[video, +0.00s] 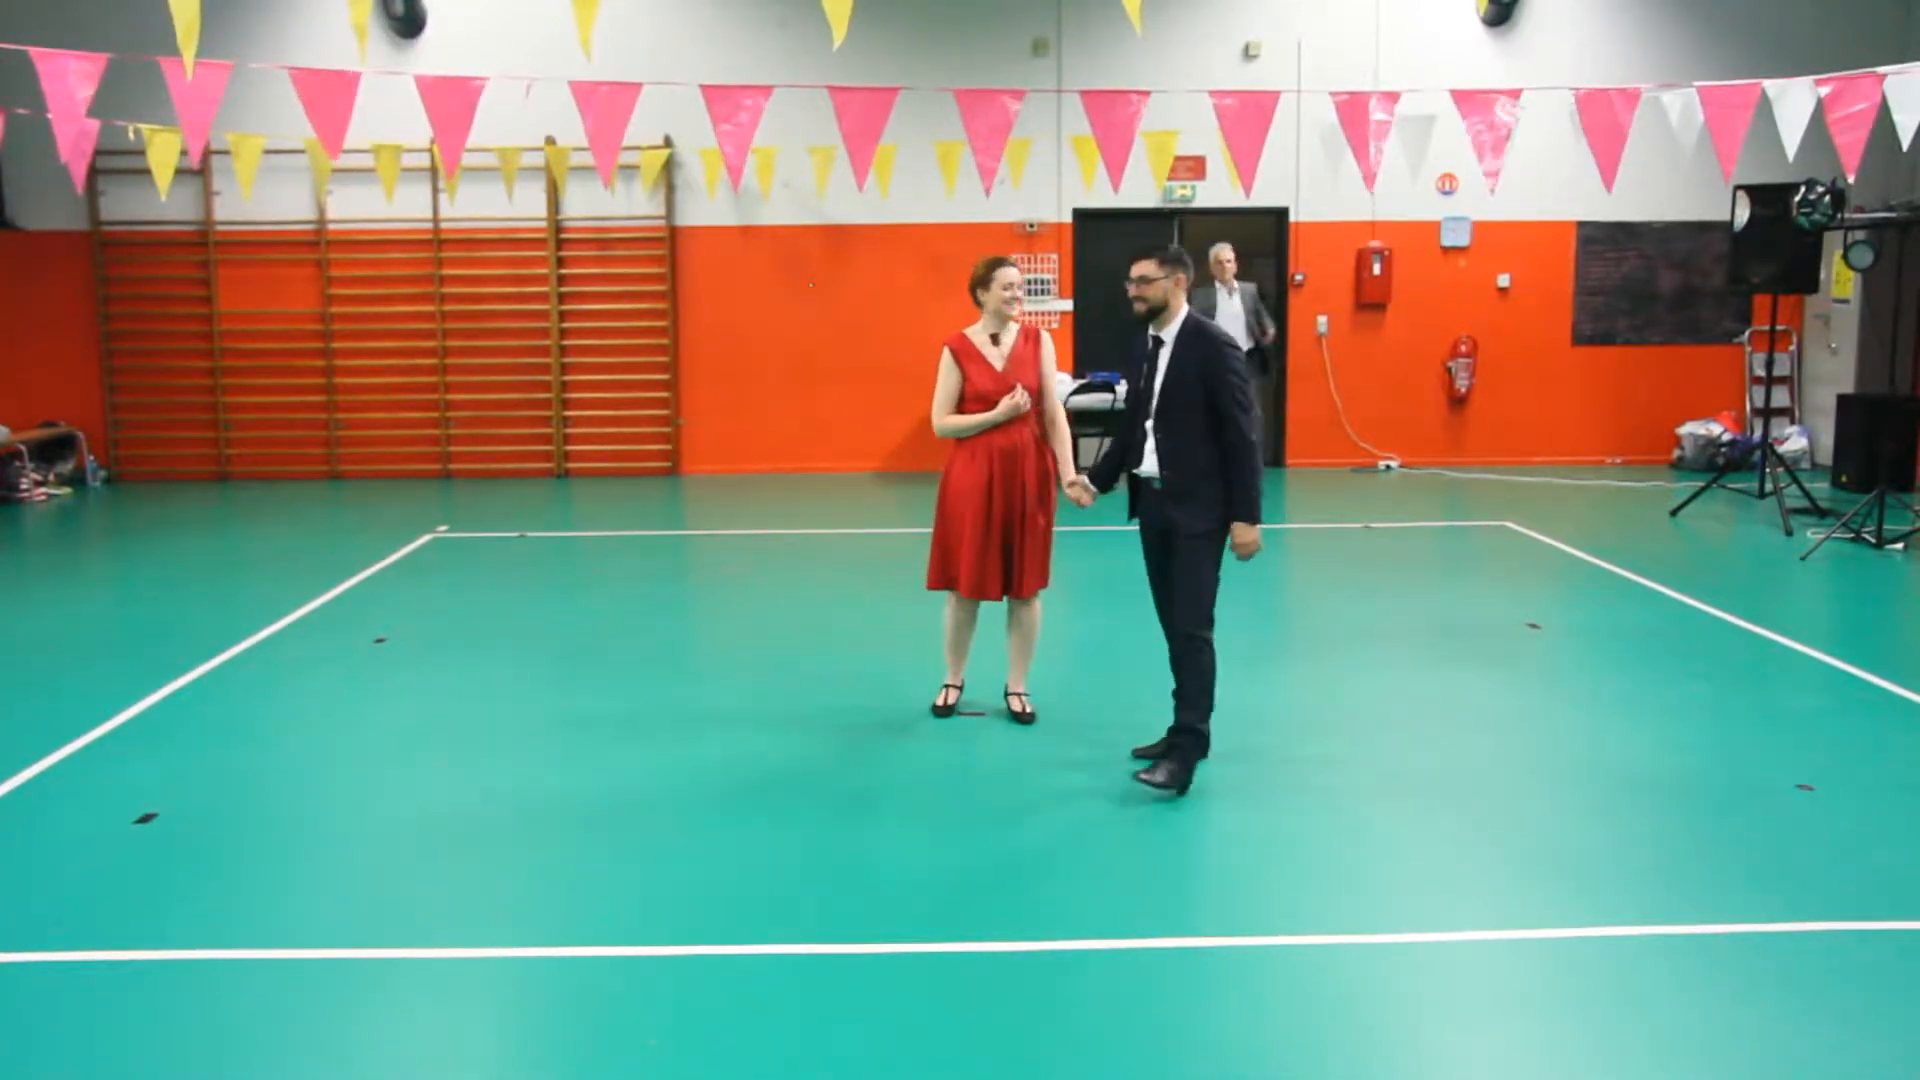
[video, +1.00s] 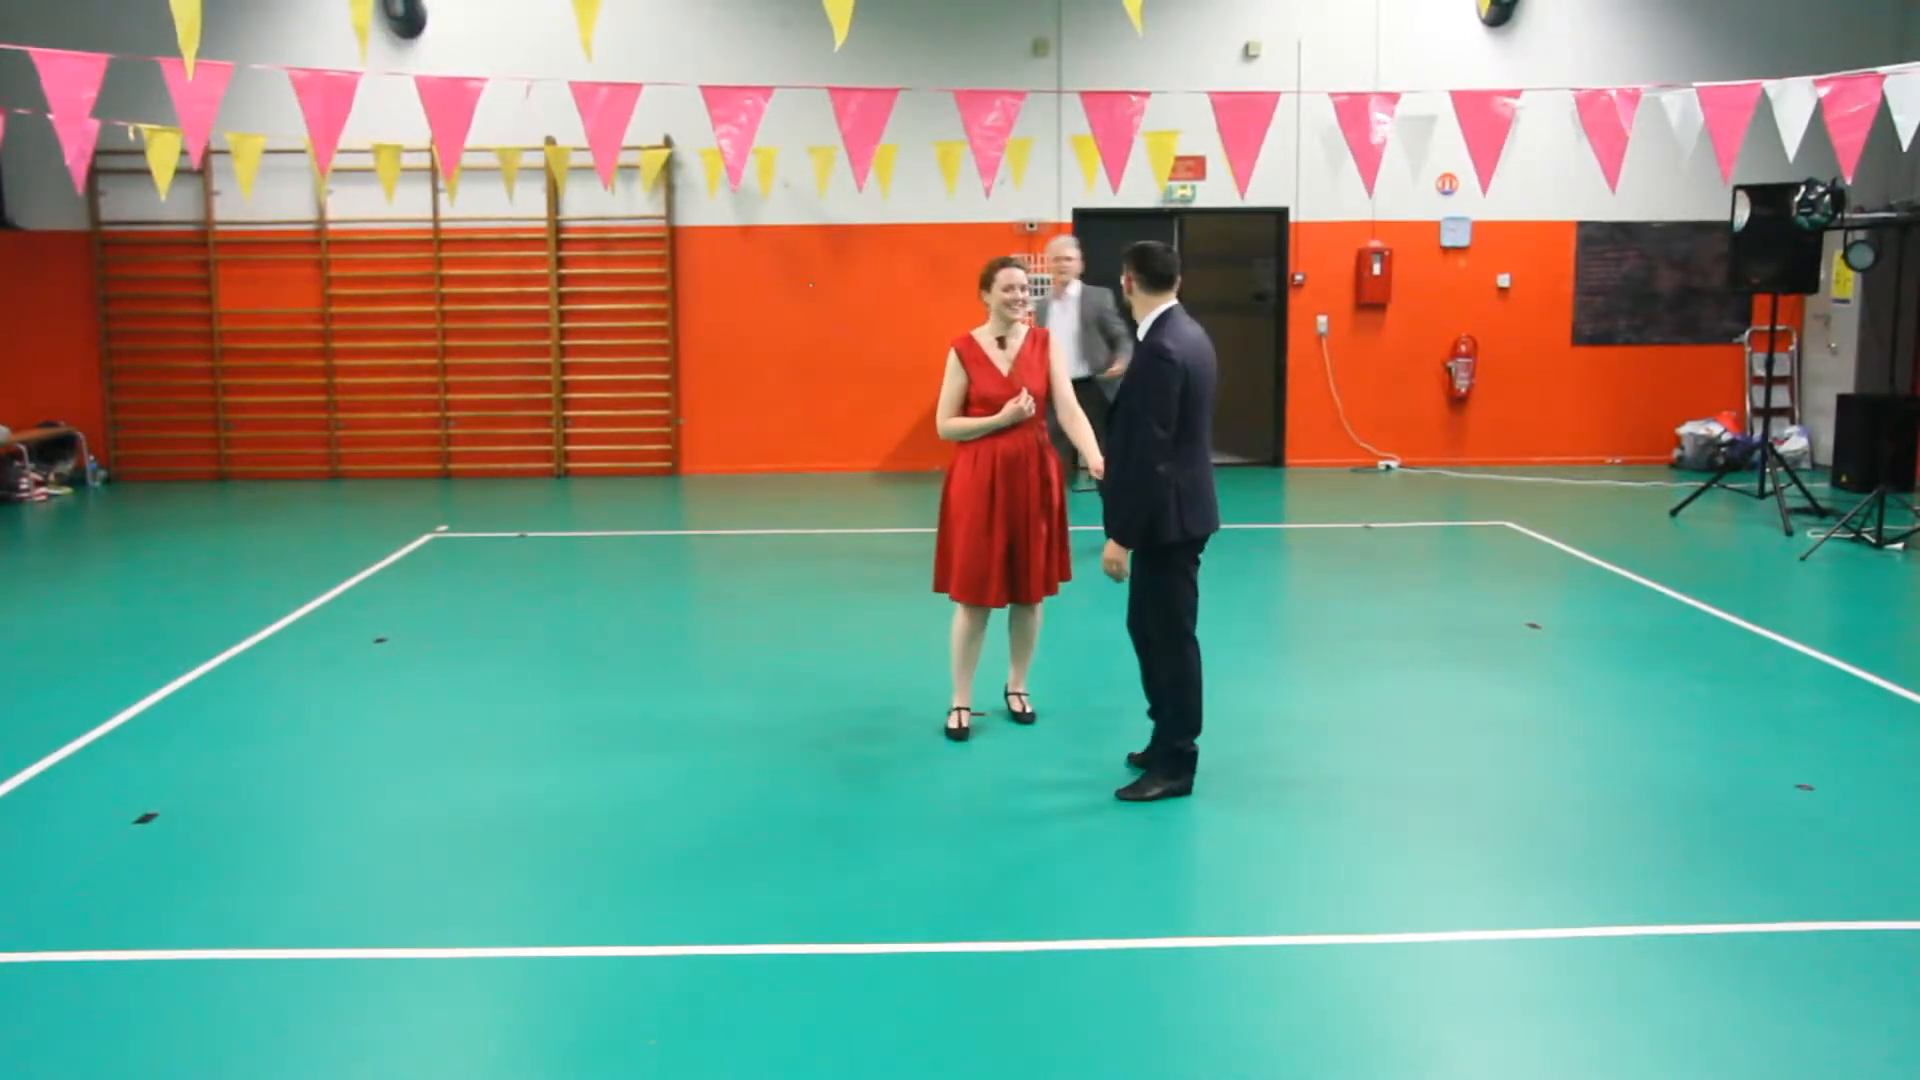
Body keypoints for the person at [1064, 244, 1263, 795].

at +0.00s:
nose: (1134, 291)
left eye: (1144, 282)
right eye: (1131, 282)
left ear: (1179, 283)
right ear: (1139, 288)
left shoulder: (1214, 345)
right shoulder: (1148, 345)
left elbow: (1241, 434)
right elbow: (1134, 423)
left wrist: (1246, 516)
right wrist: (1096, 480)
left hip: (1199, 504)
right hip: (1153, 501)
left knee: (1191, 628)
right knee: (1175, 626)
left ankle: (1186, 752)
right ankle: (1185, 729)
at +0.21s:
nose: (1125, 291)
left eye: (1136, 281)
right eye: (1124, 282)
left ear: (1171, 283)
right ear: (1144, 288)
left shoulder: (1206, 349)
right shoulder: (1140, 345)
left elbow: (1230, 441)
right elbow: (1131, 423)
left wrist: (1224, 523)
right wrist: (1098, 478)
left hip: (1184, 507)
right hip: (1146, 502)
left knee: (1179, 636)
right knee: (1173, 631)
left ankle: (1178, 763)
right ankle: (1185, 732)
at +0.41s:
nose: (1119, 287)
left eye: (1129, 277)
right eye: (1120, 278)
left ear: (1167, 280)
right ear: (1152, 282)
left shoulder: (1192, 344)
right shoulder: (1154, 340)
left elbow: (1203, 441)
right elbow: (1138, 424)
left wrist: (1185, 526)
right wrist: (1102, 466)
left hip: (1174, 514)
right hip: (1146, 509)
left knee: (1173, 640)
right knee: (1165, 635)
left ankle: (1178, 763)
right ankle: (1179, 733)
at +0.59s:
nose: (1115, 284)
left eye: (1124, 274)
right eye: (1117, 275)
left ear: (1155, 280)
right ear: (1151, 281)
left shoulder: (1186, 343)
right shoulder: (1155, 334)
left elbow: (1185, 443)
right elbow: (1146, 426)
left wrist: (1148, 524)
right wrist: (1113, 464)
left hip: (1175, 516)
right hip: (1150, 507)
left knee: (1171, 634)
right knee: (1149, 624)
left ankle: (1178, 764)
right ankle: (1178, 730)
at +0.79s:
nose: (1119, 287)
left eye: (1123, 277)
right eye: (1120, 276)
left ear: (1137, 282)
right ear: (1172, 281)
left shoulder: (1168, 348)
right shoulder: (1173, 335)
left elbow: (1155, 452)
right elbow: (1152, 436)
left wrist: (1123, 530)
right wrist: (1116, 459)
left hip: (1170, 521)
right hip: (1163, 516)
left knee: (1170, 637)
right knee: (1134, 621)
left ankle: (1176, 766)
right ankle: (1169, 729)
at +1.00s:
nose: (1121, 287)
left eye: (1122, 280)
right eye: (1124, 279)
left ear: (1129, 282)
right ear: (1176, 282)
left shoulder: (1161, 350)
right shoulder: (1189, 335)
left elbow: (1143, 453)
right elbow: (1165, 433)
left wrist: (1120, 535)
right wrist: (1117, 464)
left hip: (1167, 521)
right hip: (1180, 513)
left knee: (1169, 637)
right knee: (1150, 627)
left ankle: (1176, 765)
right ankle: (1169, 739)